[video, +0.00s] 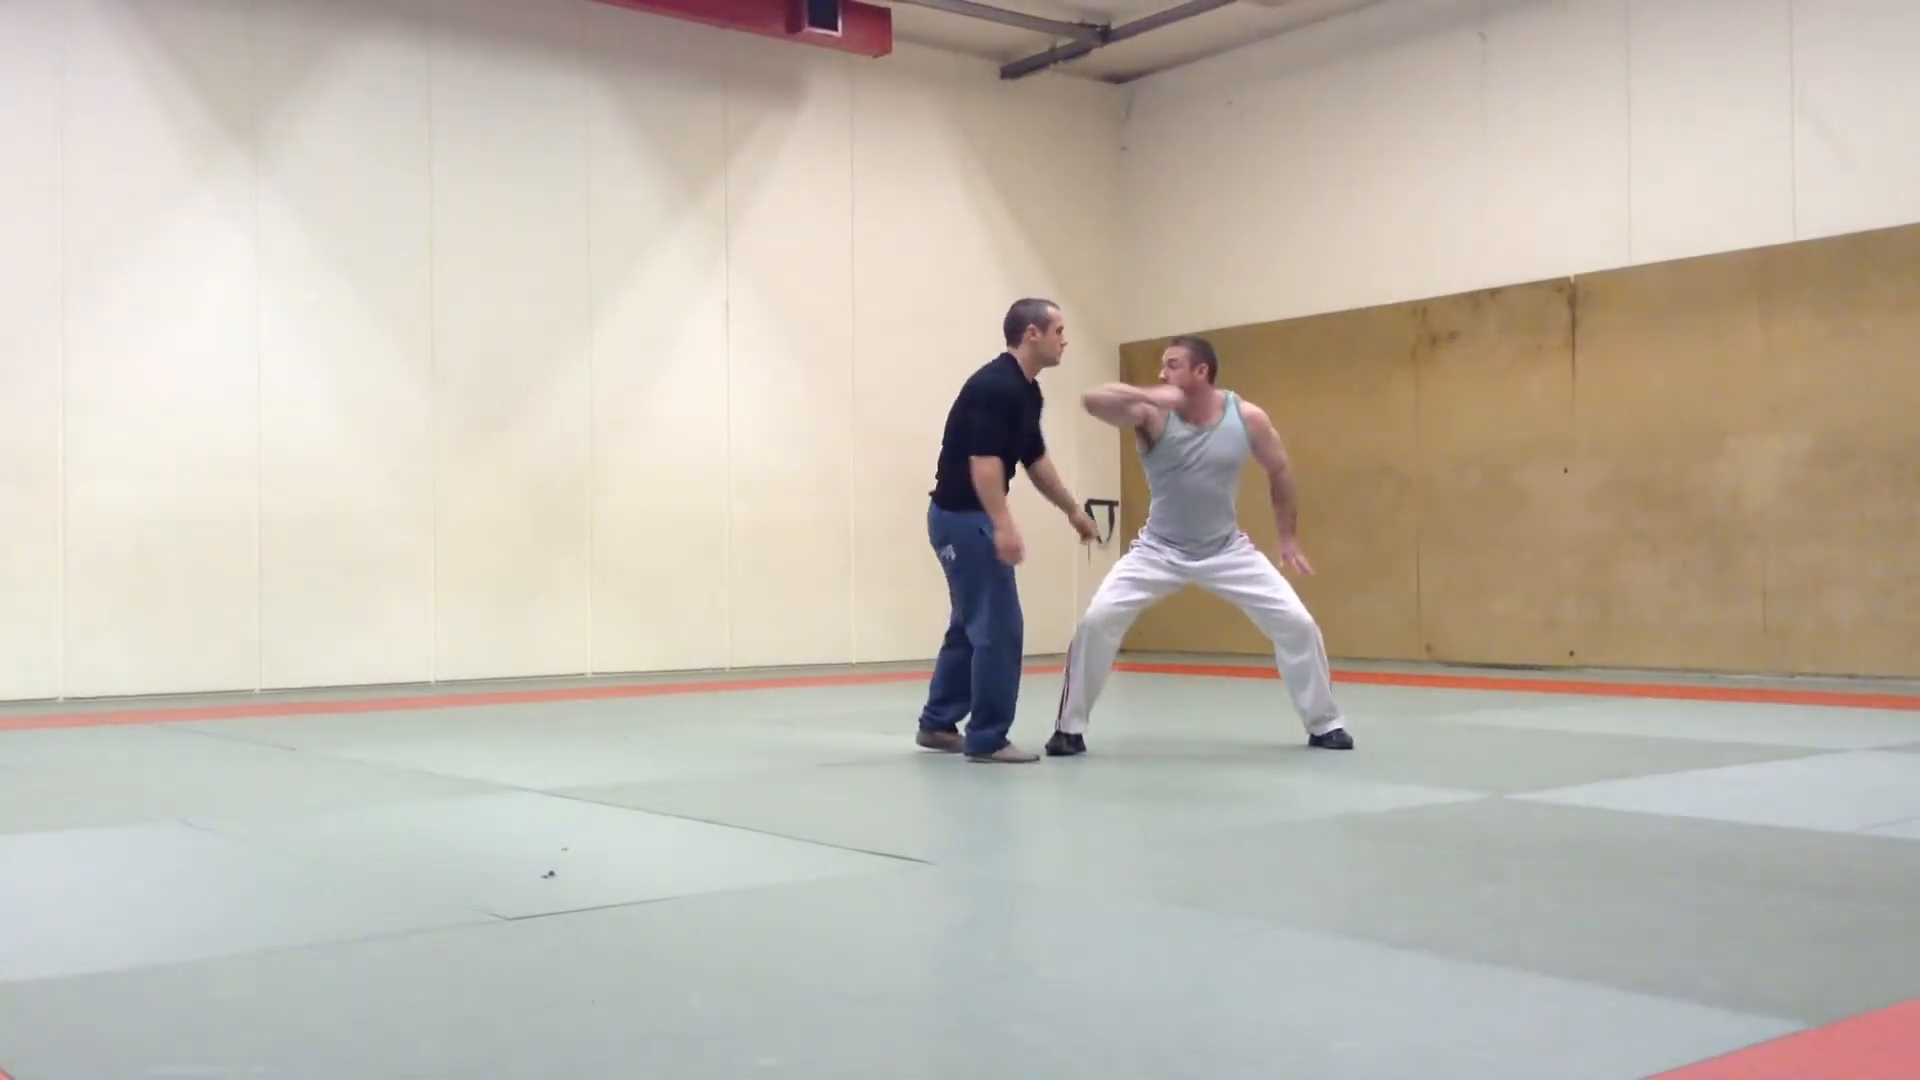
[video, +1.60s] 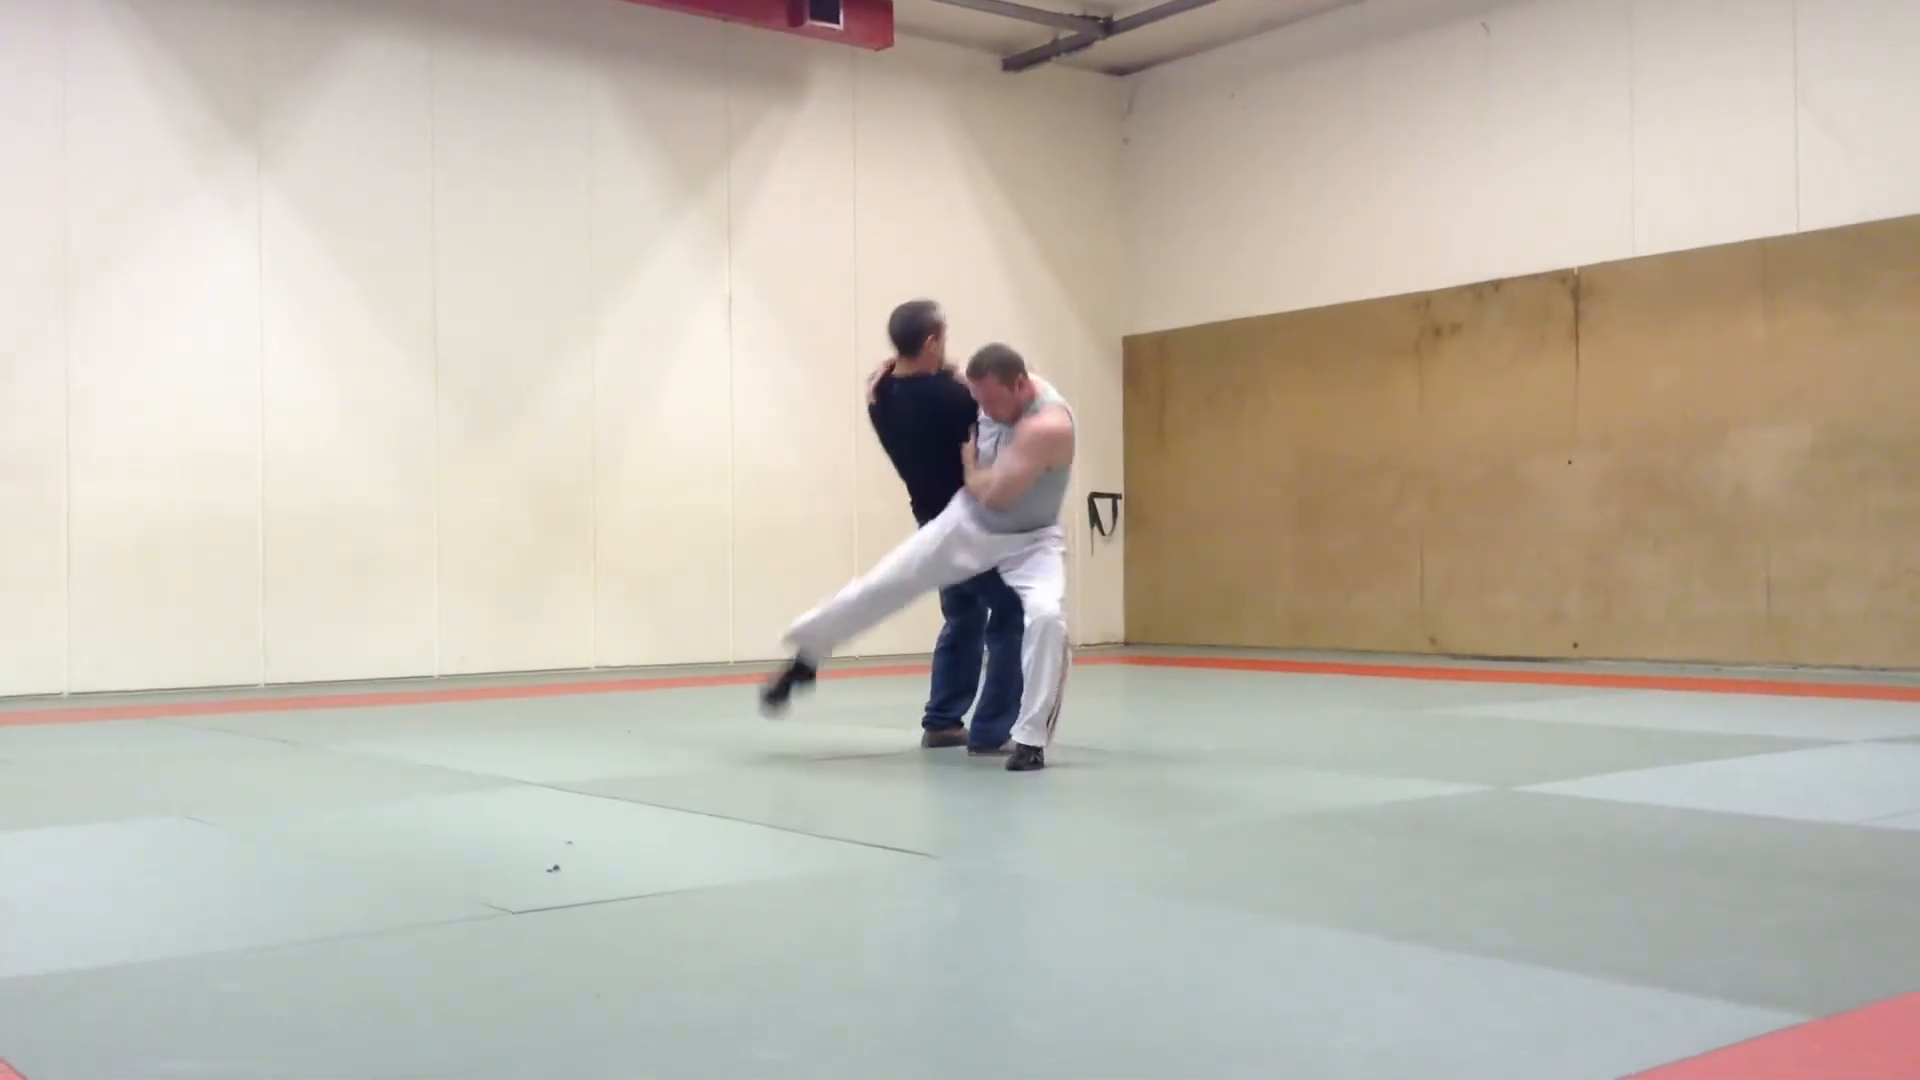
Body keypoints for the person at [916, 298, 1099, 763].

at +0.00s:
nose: (1064, 339)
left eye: (1063, 331)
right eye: (1058, 331)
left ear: (1033, 334)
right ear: (1032, 334)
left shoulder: (1027, 391)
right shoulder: (994, 386)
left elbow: (1036, 461)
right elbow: (984, 465)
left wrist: (1073, 509)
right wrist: (1004, 525)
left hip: (973, 519)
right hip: (966, 520)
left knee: (969, 624)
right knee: (999, 628)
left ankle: (937, 723)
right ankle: (987, 741)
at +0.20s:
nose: (1056, 341)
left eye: (1055, 332)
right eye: (1052, 332)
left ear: (1015, 333)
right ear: (1031, 333)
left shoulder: (986, 372)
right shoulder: (1007, 382)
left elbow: (991, 449)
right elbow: (1012, 460)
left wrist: (1014, 500)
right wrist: (1047, 521)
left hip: (947, 516)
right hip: (970, 521)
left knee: (965, 623)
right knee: (1001, 626)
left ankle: (937, 723)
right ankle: (987, 739)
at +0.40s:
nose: (1012, 330)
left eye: (1005, 322)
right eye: (1011, 323)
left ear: (965, 326)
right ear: (1005, 325)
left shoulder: (939, 376)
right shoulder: (1004, 380)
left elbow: (934, 453)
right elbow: (1028, 461)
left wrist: (945, 503)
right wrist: (1058, 515)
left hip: (942, 520)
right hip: (982, 524)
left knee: (959, 622)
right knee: (1004, 626)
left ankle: (937, 726)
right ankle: (987, 738)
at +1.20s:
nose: (966, 334)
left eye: (964, 327)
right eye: (965, 327)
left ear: (918, 330)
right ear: (954, 326)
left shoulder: (898, 390)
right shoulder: (968, 375)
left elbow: (910, 464)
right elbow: (1004, 447)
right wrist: (1028, 488)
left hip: (937, 526)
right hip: (978, 524)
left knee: (961, 623)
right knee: (1006, 622)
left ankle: (939, 724)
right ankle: (989, 730)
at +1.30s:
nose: (970, 333)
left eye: (970, 326)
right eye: (969, 326)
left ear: (923, 327)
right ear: (956, 324)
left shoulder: (899, 380)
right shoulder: (963, 373)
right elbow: (1003, 455)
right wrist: (1030, 488)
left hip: (936, 521)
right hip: (977, 521)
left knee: (960, 621)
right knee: (1005, 619)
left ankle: (939, 722)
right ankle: (989, 732)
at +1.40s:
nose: (970, 333)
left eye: (969, 325)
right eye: (969, 325)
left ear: (923, 326)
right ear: (957, 324)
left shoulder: (898, 380)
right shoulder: (964, 376)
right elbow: (996, 445)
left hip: (937, 515)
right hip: (979, 511)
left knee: (963, 617)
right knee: (1009, 616)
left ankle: (940, 721)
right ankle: (990, 732)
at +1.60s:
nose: (947, 345)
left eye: (943, 337)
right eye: (943, 338)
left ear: (895, 344)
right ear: (932, 341)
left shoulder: (882, 396)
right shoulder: (954, 395)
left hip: (930, 524)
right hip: (967, 519)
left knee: (962, 618)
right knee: (1011, 616)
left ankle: (942, 719)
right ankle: (993, 729)